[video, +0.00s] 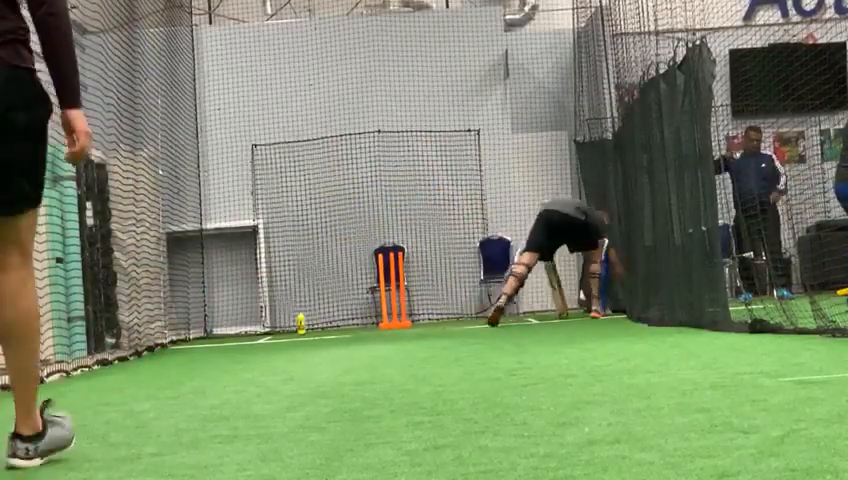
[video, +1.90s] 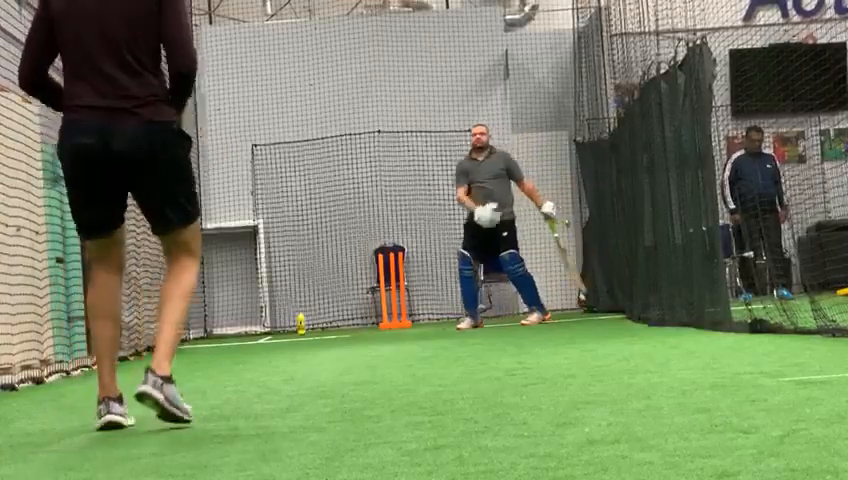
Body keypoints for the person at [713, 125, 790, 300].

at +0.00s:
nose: (755, 144)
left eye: (758, 141)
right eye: (752, 140)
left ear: (761, 142)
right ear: (744, 140)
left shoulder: (768, 159)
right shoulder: (733, 161)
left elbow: (782, 177)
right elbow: (712, 169)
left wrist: (778, 191)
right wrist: (726, 156)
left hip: (767, 209)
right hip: (743, 211)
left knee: (773, 247)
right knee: (744, 251)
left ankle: (779, 286)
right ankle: (749, 289)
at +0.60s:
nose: (759, 144)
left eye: (762, 141)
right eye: (755, 140)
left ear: (765, 141)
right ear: (749, 141)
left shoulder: (772, 158)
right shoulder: (740, 157)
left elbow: (780, 182)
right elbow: (731, 172)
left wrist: (786, 203)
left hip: (770, 209)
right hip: (748, 210)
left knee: (775, 247)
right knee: (746, 250)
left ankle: (781, 286)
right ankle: (749, 289)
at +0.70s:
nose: (761, 143)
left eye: (764, 140)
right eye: (757, 140)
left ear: (766, 141)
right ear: (749, 140)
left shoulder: (772, 158)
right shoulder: (742, 158)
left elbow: (780, 180)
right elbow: (739, 180)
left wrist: (785, 201)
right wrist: (751, 198)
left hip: (771, 206)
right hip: (750, 207)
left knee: (775, 245)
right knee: (748, 247)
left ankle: (780, 285)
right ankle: (749, 288)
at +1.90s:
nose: (758, 144)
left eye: (760, 141)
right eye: (754, 141)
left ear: (763, 141)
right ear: (745, 141)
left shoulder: (770, 158)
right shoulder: (735, 160)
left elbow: (778, 183)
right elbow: (726, 185)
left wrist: (782, 205)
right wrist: (732, 209)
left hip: (770, 211)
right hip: (746, 213)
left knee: (775, 248)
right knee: (747, 251)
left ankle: (780, 285)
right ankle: (748, 289)